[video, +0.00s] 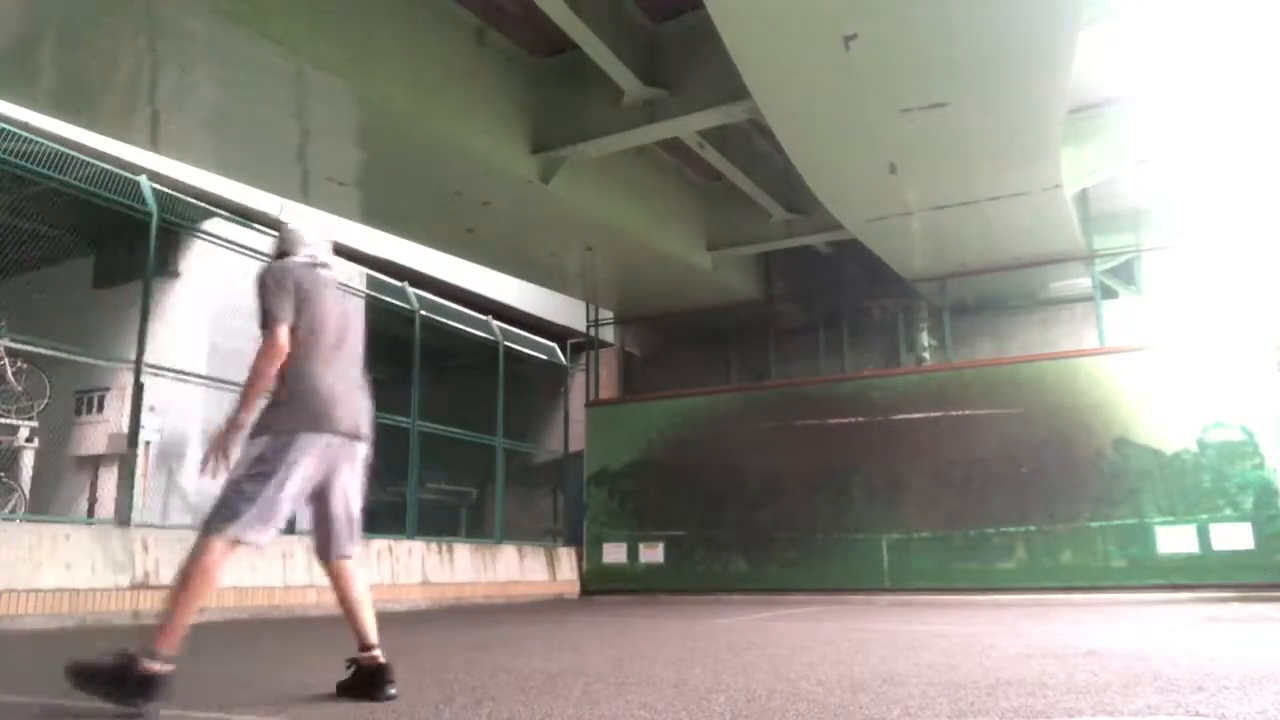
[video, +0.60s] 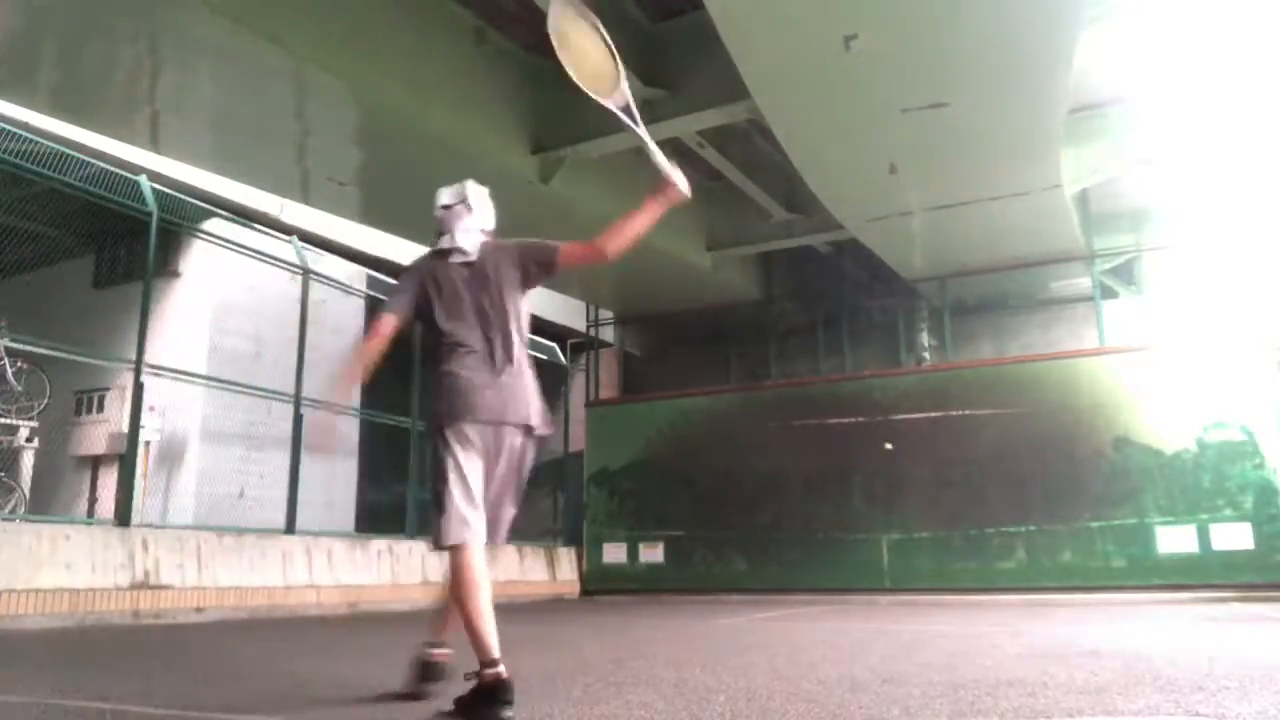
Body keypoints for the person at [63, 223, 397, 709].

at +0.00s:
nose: (273, 252)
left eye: (276, 245)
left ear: (283, 249)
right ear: (323, 254)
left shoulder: (282, 273)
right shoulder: (349, 295)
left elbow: (276, 347)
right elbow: (342, 367)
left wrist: (234, 426)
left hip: (302, 424)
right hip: (355, 431)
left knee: (220, 536)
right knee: (339, 552)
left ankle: (154, 662)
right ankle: (373, 663)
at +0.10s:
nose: (309, 238)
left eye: (311, 232)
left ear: (316, 236)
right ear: (360, 239)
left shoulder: (308, 263)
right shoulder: (385, 289)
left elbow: (275, 326)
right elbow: (407, 363)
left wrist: (223, 400)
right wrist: (431, 423)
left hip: (322, 414)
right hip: (379, 423)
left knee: (256, 525)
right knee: (364, 544)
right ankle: (377, 664)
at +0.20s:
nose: (345, 224)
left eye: (345, 217)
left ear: (345, 221)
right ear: (390, 226)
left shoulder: (329, 251)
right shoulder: (414, 269)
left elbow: (277, 298)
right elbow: (475, 316)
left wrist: (203, 342)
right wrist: (535, 340)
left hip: (341, 397)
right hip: (400, 404)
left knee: (311, 519)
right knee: (383, 537)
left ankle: (335, 639)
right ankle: (382, 661)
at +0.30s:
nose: (375, 215)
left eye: (372, 210)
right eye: (390, 210)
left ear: (368, 219)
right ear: (414, 220)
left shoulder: (352, 254)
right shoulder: (444, 264)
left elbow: (289, 279)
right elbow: (517, 260)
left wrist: (216, 300)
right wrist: (587, 251)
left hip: (366, 399)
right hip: (423, 407)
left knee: (368, 517)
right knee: (405, 536)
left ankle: (419, 626)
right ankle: (384, 658)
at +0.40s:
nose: (399, 217)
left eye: (399, 210)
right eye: (411, 208)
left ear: (396, 216)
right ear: (439, 218)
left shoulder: (376, 260)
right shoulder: (470, 257)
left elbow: (311, 281)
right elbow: (545, 229)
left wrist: (243, 297)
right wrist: (613, 190)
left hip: (405, 408)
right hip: (456, 413)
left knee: (418, 528)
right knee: (419, 533)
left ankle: (475, 656)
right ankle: (385, 662)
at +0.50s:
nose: (424, 222)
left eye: (425, 215)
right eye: (435, 213)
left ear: (421, 223)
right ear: (465, 223)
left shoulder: (400, 271)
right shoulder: (494, 257)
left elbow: (340, 308)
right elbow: (576, 228)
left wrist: (278, 341)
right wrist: (630, 173)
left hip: (439, 416)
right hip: (492, 418)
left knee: (450, 540)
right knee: (444, 543)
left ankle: (493, 669)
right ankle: (394, 658)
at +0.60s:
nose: (462, 223)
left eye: (450, 214)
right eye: (479, 214)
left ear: (441, 220)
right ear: (488, 219)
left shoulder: (425, 270)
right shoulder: (515, 257)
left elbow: (381, 331)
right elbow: (603, 249)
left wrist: (345, 387)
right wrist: (662, 198)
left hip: (462, 413)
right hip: (520, 414)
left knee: (466, 542)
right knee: (480, 542)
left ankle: (492, 668)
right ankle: (435, 647)